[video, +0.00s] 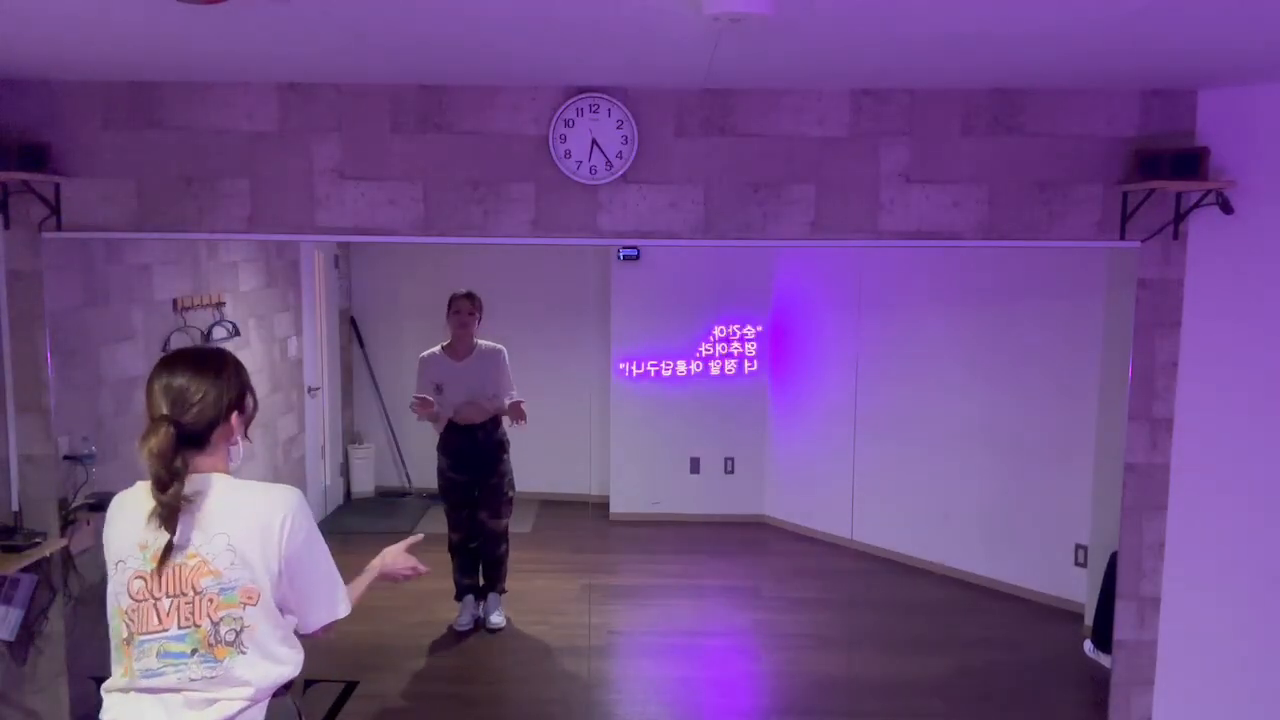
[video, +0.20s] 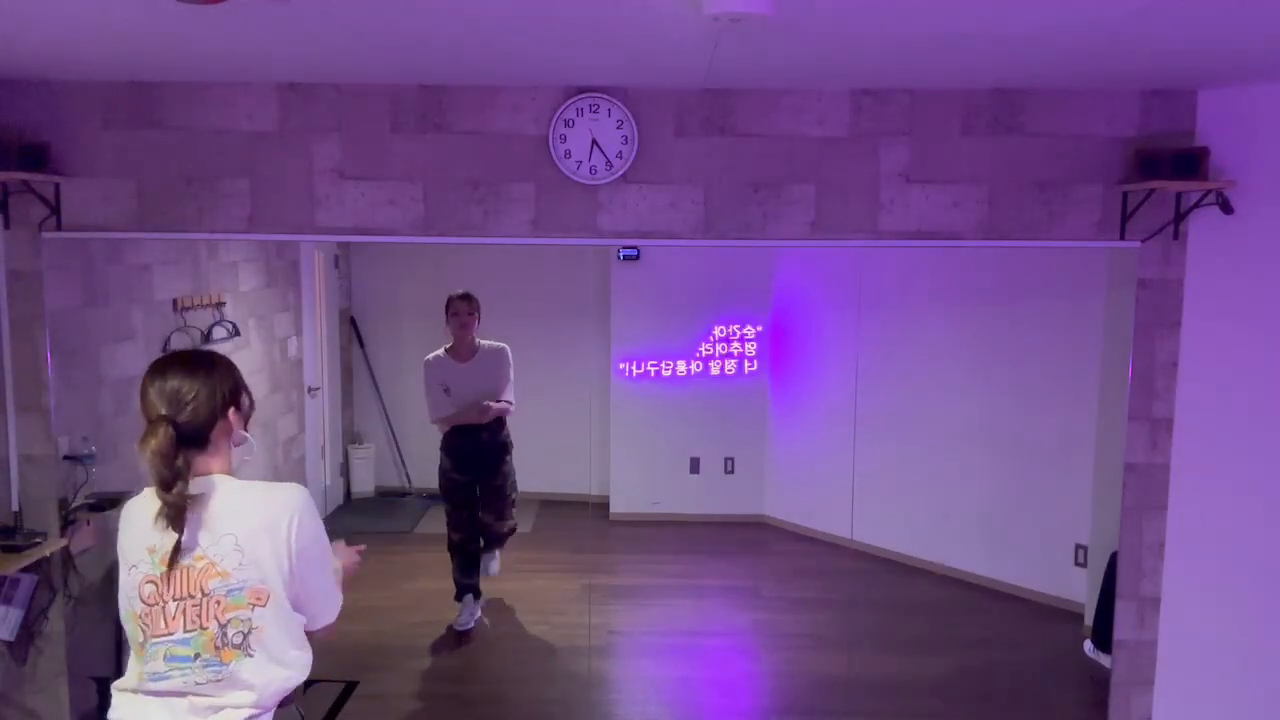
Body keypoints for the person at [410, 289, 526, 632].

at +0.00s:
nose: (463, 319)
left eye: (469, 313)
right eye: (456, 313)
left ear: (479, 318)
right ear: (447, 318)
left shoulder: (495, 354)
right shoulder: (429, 361)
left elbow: (507, 401)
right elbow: (429, 412)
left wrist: (512, 408)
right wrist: (427, 410)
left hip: (491, 445)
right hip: (453, 447)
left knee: (494, 523)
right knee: (459, 526)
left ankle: (494, 599)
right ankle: (467, 600)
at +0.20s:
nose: (462, 320)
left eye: (468, 314)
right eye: (455, 315)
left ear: (478, 319)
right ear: (446, 321)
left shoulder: (498, 353)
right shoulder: (434, 363)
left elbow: (507, 404)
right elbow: (437, 416)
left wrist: (489, 409)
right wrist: (474, 413)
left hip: (494, 442)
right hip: (457, 446)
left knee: (500, 519)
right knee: (459, 524)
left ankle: (490, 548)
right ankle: (468, 597)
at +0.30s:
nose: (463, 321)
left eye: (468, 314)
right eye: (456, 316)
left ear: (479, 317)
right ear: (447, 321)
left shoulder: (502, 352)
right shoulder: (438, 362)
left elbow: (517, 401)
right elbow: (444, 416)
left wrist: (506, 424)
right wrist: (484, 432)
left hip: (499, 446)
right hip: (461, 448)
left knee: (501, 529)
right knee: (462, 529)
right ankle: (468, 601)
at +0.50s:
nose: (471, 321)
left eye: (476, 314)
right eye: (463, 317)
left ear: (487, 318)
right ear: (457, 323)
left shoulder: (509, 350)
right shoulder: (458, 363)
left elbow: (524, 399)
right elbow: (473, 418)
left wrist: (536, 444)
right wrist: (487, 462)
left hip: (511, 437)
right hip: (474, 444)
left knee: (540, 519)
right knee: (469, 525)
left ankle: (502, 512)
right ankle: (469, 600)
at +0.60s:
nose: (483, 326)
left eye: (488, 318)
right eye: (475, 321)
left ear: (499, 321)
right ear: (468, 327)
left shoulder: (513, 350)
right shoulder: (474, 365)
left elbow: (523, 395)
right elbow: (488, 419)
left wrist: (539, 428)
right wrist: (500, 464)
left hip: (518, 441)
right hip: (483, 448)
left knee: (557, 511)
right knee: (477, 528)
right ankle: (469, 601)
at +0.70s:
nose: (499, 343)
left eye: (504, 337)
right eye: (492, 338)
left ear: (513, 338)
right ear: (484, 341)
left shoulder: (519, 361)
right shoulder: (489, 381)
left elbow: (528, 402)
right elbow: (505, 437)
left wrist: (543, 422)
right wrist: (533, 477)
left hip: (527, 452)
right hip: (497, 460)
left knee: (565, 517)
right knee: (482, 534)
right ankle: (469, 606)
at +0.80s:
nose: (516, 367)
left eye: (521, 360)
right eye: (509, 361)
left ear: (529, 360)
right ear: (500, 364)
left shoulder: (532, 379)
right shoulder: (505, 407)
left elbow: (533, 416)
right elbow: (520, 464)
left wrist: (557, 420)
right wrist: (561, 484)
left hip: (539, 472)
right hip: (510, 480)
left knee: (599, 527)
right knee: (493, 545)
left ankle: (613, 592)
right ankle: (470, 607)